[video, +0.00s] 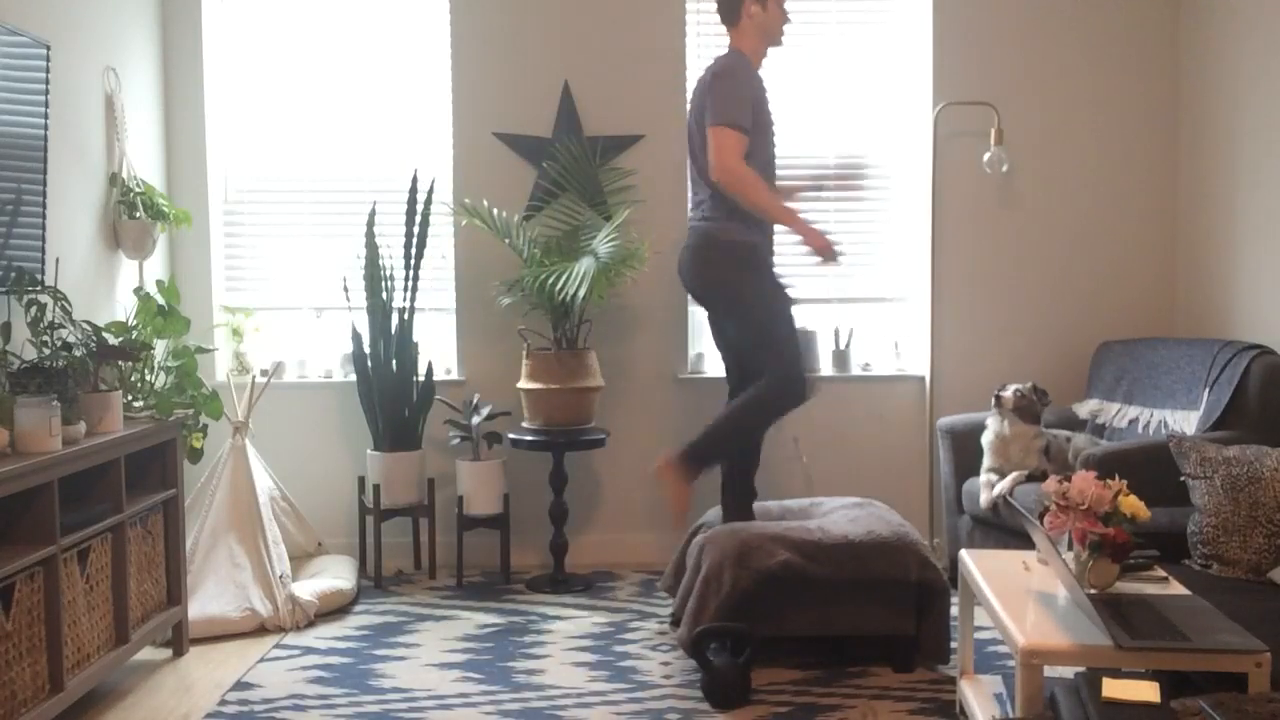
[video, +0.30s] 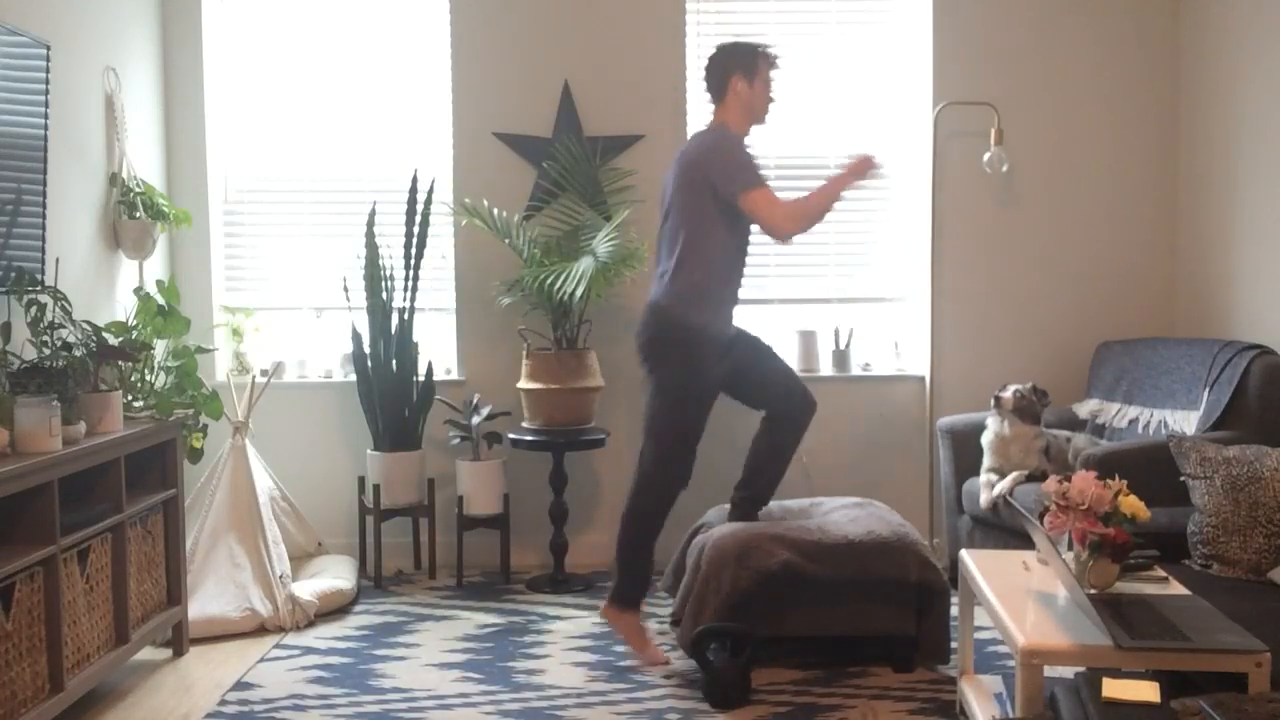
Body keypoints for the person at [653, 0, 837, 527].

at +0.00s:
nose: (786, 16)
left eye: (783, 7)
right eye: (778, 6)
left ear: (746, 14)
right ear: (750, 10)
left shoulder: (726, 74)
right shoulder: (732, 73)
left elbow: (724, 172)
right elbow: (726, 168)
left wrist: (775, 202)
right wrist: (804, 229)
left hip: (717, 250)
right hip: (728, 251)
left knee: (747, 389)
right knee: (787, 382)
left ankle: (739, 527)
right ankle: (683, 466)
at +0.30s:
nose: (771, 94)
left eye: (770, 84)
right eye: (765, 83)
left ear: (731, 86)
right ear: (737, 86)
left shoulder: (714, 150)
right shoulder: (716, 149)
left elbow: (774, 223)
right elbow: (784, 223)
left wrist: (821, 196)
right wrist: (839, 182)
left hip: (707, 330)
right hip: (684, 332)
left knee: (794, 404)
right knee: (664, 470)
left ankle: (741, 525)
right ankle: (622, 606)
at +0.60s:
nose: (713, 113)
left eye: (712, 102)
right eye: (707, 102)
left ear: (676, 108)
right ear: (677, 106)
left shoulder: (667, 171)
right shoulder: (652, 171)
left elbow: (700, 262)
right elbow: (701, 255)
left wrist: (726, 206)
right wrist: (730, 195)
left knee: (763, 366)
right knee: (628, 500)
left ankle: (704, 476)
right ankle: (597, 636)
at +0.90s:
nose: (670, 110)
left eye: (670, 100)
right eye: (662, 99)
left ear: (640, 103)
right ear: (629, 101)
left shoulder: (634, 175)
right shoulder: (608, 170)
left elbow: (637, 280)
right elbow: (589, 270)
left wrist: (705, 302)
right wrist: (662, 317)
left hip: (634, 353)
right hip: (610, 354)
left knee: (660, 481)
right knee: (613, 494)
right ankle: (596, 636)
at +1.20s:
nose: (667, 109)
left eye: (665, 99)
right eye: (656, 99)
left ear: (640, 109)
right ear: (624, 108)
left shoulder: (649, 192)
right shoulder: (595, 179)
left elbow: (702, 254)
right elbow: (542, 262)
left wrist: (710, 185)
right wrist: (525, 352)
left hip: (616, 349)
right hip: (603, 349)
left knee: (598, 487)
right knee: (716, 433)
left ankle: (577, 616)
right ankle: (624, 529)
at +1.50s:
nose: (704, 118)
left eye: (702, 107)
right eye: (695, 107)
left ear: (669, 118)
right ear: (662, 116)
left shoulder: (684, 196)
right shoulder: (629, 184)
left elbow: (757, 221)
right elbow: (561, 259)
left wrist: (713, 163)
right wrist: (548, 347)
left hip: (634, 347)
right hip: (620, 345)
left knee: (621, 489)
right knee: (762, 346)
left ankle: (579, 617)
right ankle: (733, 477)